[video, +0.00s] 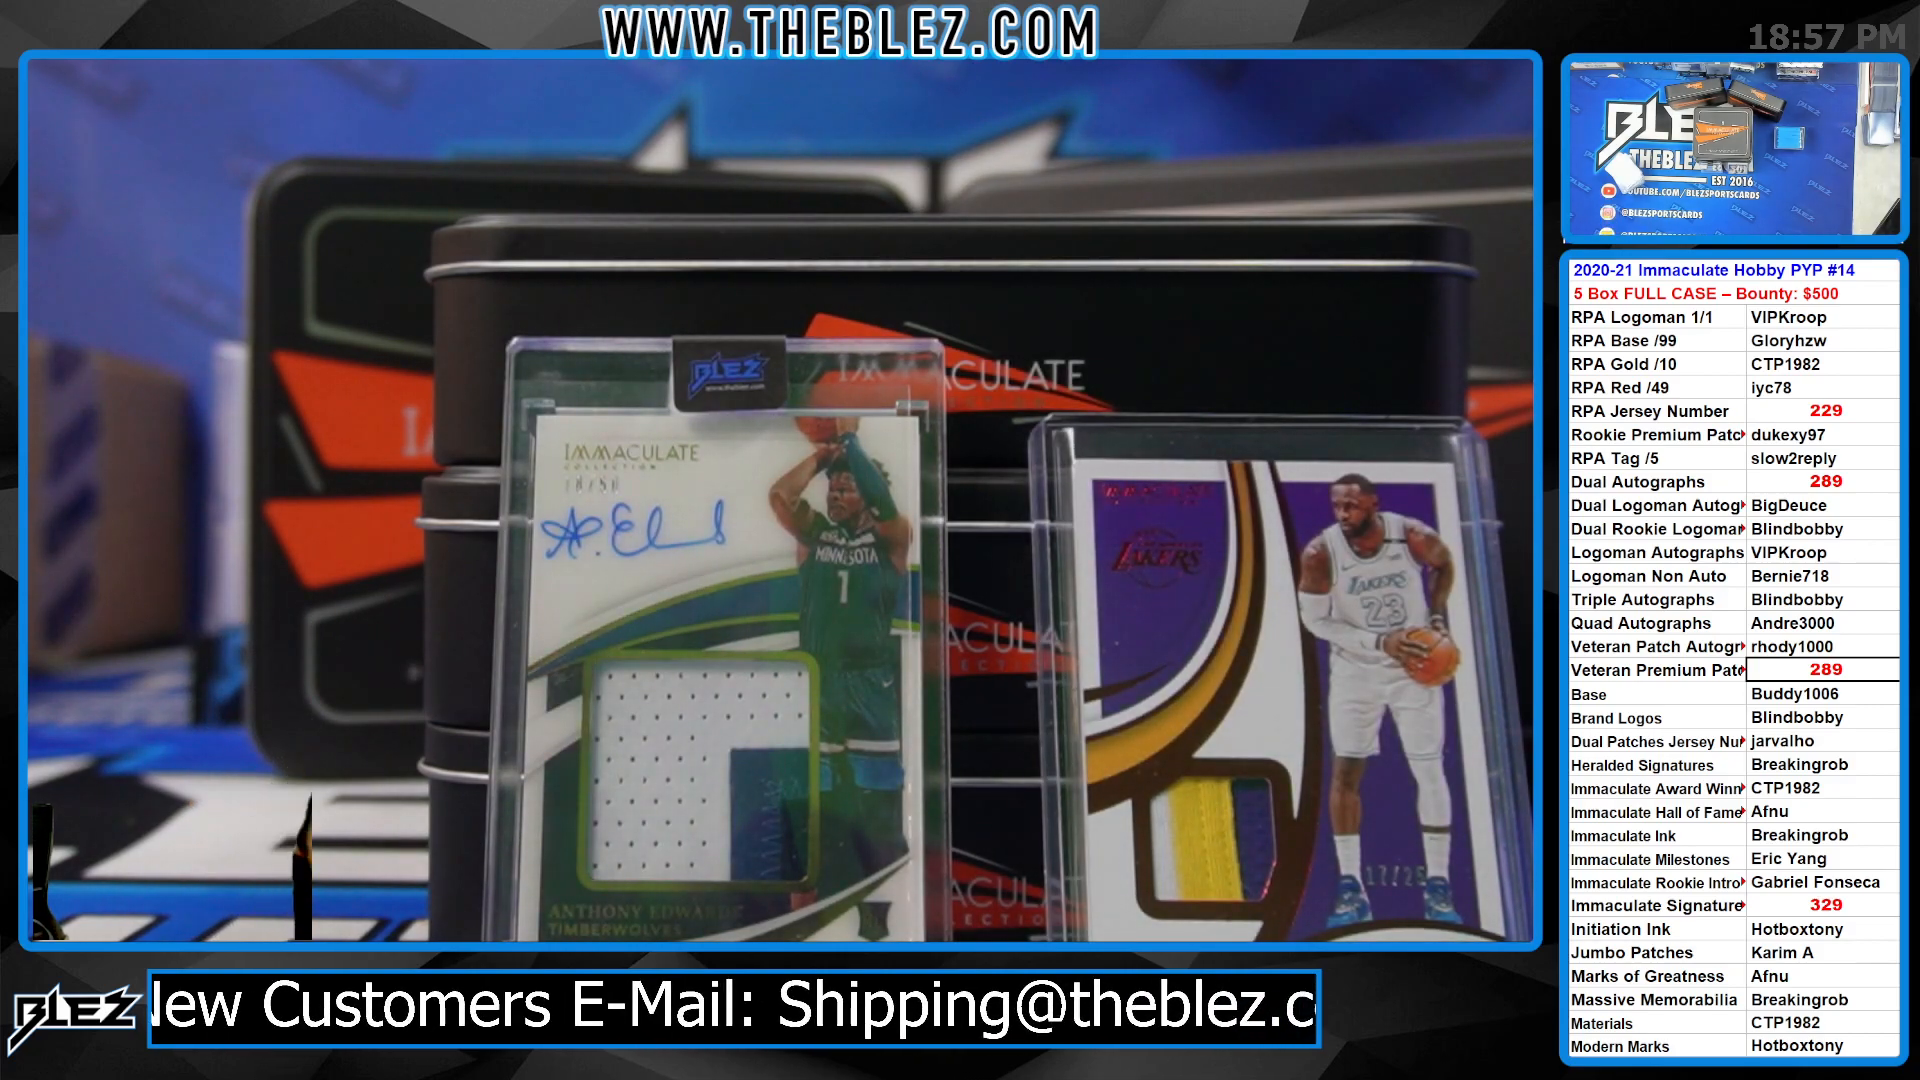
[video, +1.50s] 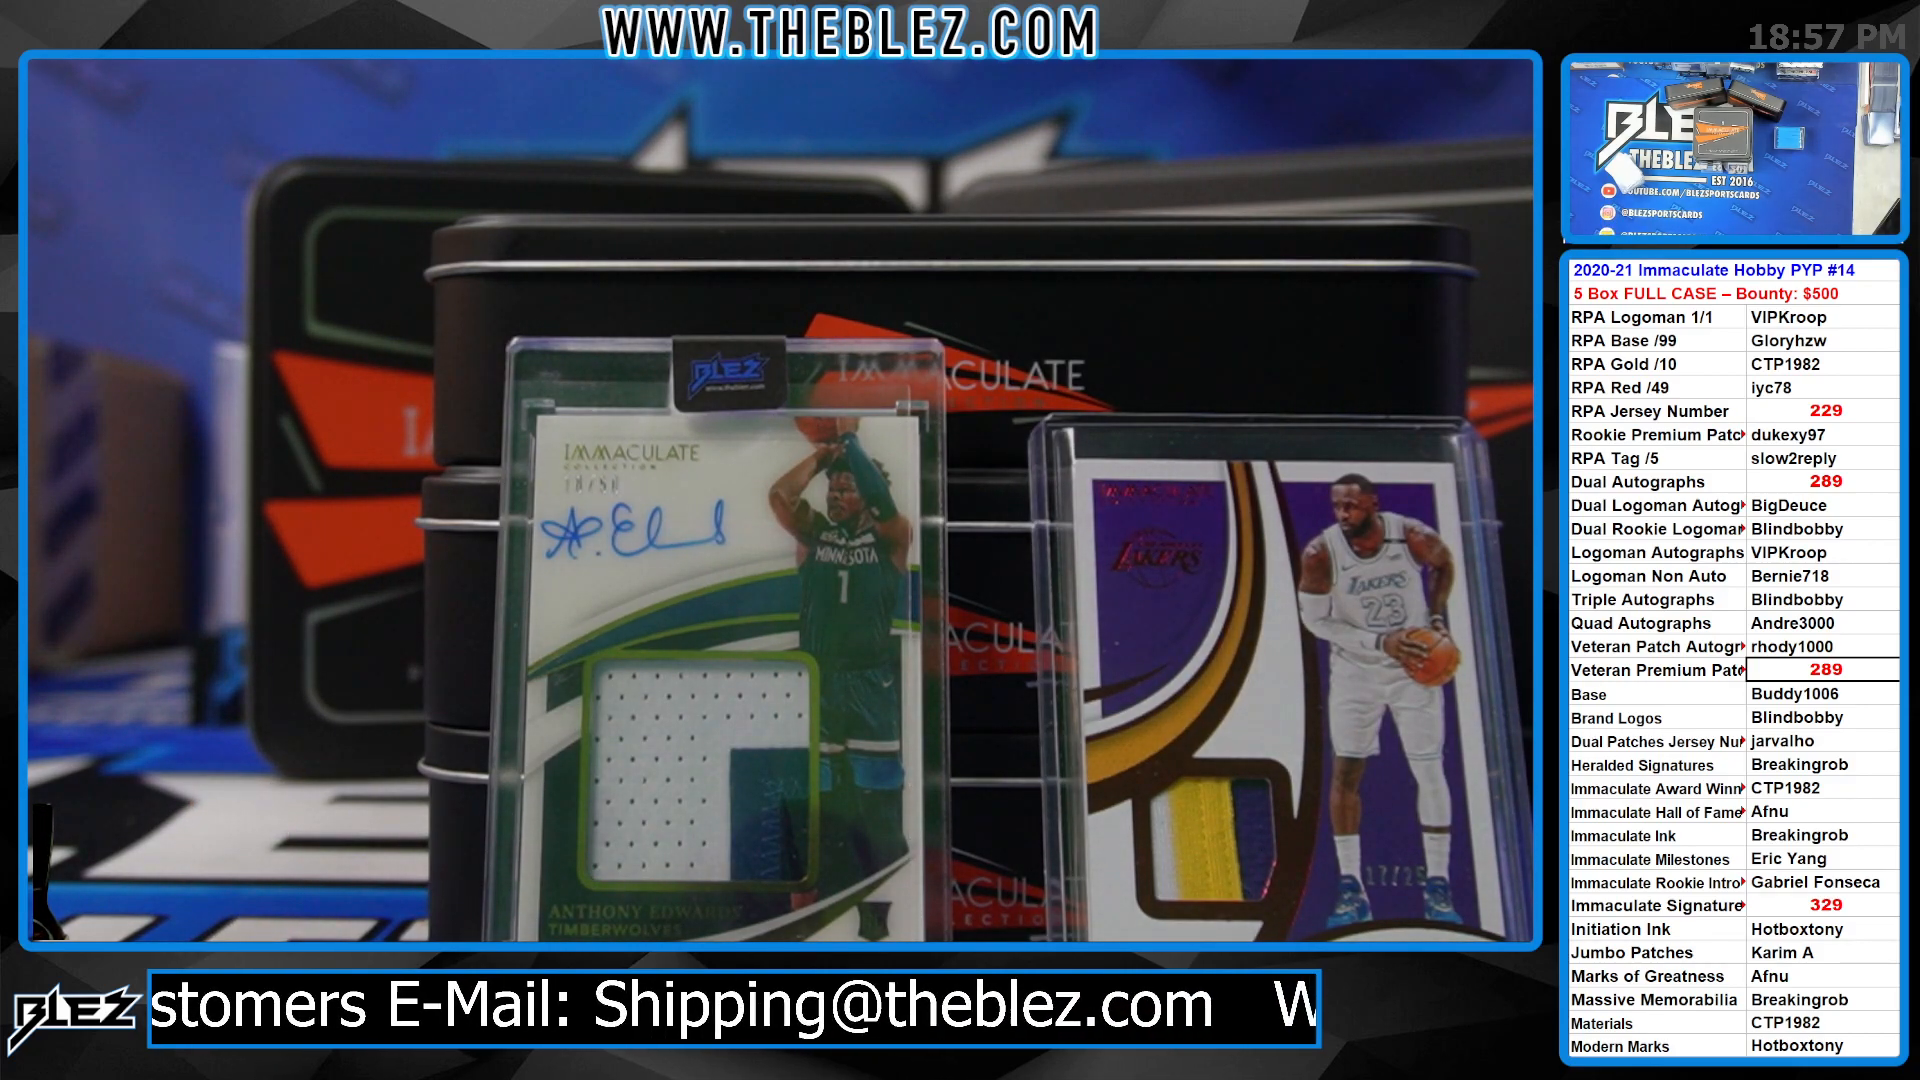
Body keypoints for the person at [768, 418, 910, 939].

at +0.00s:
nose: (841, 493)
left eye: (850, 486)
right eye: (835, 485)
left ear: (869, 494)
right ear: (827, 493)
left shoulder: (891, 540)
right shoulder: (815, 534)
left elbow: (882, 500)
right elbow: (780, 496)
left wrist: (851, 446)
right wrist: (818, 459)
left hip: (873, 681)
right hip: (817, 679)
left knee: (878, 801)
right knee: (823, 798)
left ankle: (878, 906)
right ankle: (820, 901)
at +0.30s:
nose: (840, 494)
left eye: (849, 487)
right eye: (834, 486)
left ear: (868, 494)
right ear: (827, 494)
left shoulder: (890, 539)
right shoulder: (815, 533)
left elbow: (883, 499)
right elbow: (780, 495)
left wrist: (850, 446)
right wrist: (819, 459)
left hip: (872, 677)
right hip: (818, 676)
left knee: (877, 794)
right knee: (824, 791)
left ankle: (878, 904)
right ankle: (823, 892)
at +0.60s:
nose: (840, 493)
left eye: (850, 486)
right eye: (835, 485)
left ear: (869, 493)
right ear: (827, 493)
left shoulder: (890, 540)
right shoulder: (815, 533)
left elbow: (883, 499)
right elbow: (780, 496)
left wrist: (850, 445)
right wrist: (818, 458)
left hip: (873, 679)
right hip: (817, 678)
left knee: (878, 798)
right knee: (822, 794)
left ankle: (878, 903)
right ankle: (819, 893)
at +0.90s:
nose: (839, 494)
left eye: (849, 487)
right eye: (834, 486)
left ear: (868, 493)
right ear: (827, 493)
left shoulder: (890, 540)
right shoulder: (814, 532)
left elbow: (883, 499)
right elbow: (780, 495)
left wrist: (850, 445)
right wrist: (819, 459)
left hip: (872, 678)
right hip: (818, 677)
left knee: (878, 795)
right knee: (826, 792)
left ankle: (880, 900)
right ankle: (829, 895)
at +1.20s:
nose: (840, 494)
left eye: (849, 487)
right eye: (834, 486)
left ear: (868, 494)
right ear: (827, 493)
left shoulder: (891, 539)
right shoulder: (815, 533)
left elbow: (882, 498)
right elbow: (780, 495)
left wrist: (850, 444)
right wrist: (819, 458)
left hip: (872, 677)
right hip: (818, 676)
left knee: (879, 796)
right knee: (825, 793)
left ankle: (879, 899)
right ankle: (825, 892)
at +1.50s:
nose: (841, 495)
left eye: (850, 488)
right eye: (835, 487)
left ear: (869, 494)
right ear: (827, 494)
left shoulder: (891, 539)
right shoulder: (815, 533)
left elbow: (882, 499)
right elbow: (780, 495)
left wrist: (850, 444)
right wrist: (819, 458)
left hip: (873, 679)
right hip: (818, 678)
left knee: (878, 798)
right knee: (822, 796)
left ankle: (877, 903)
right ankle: (819, 897)